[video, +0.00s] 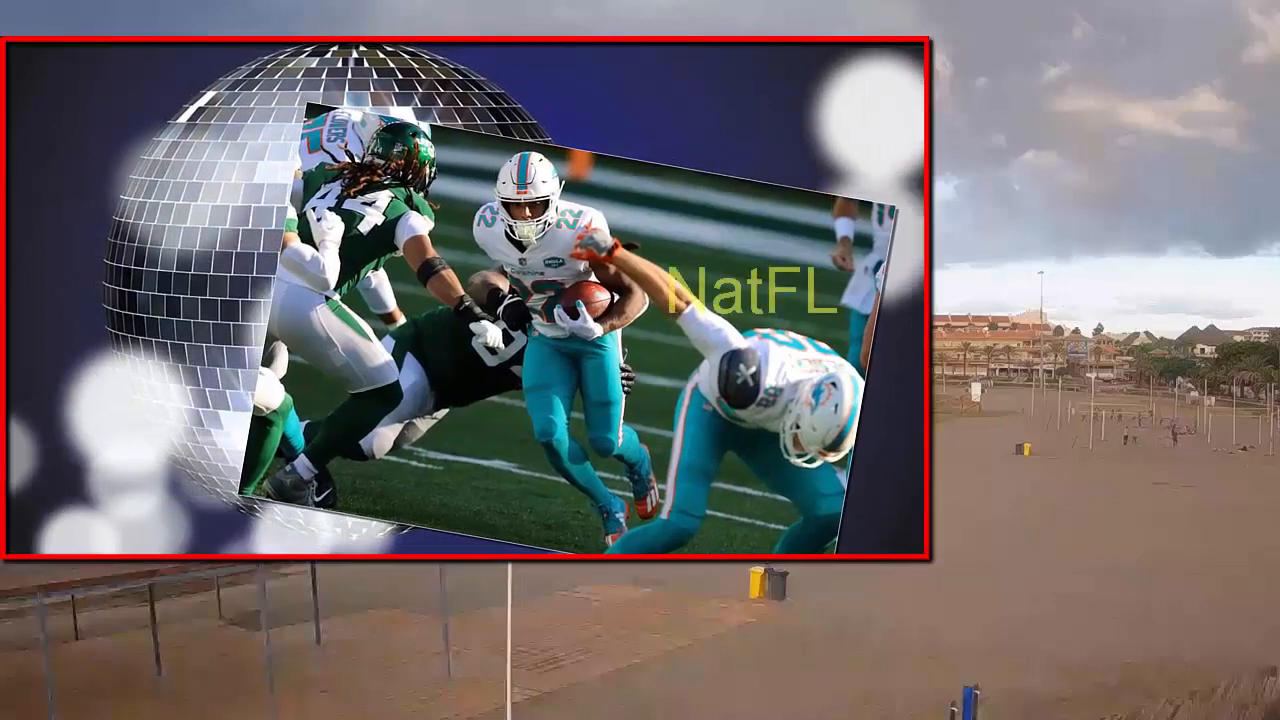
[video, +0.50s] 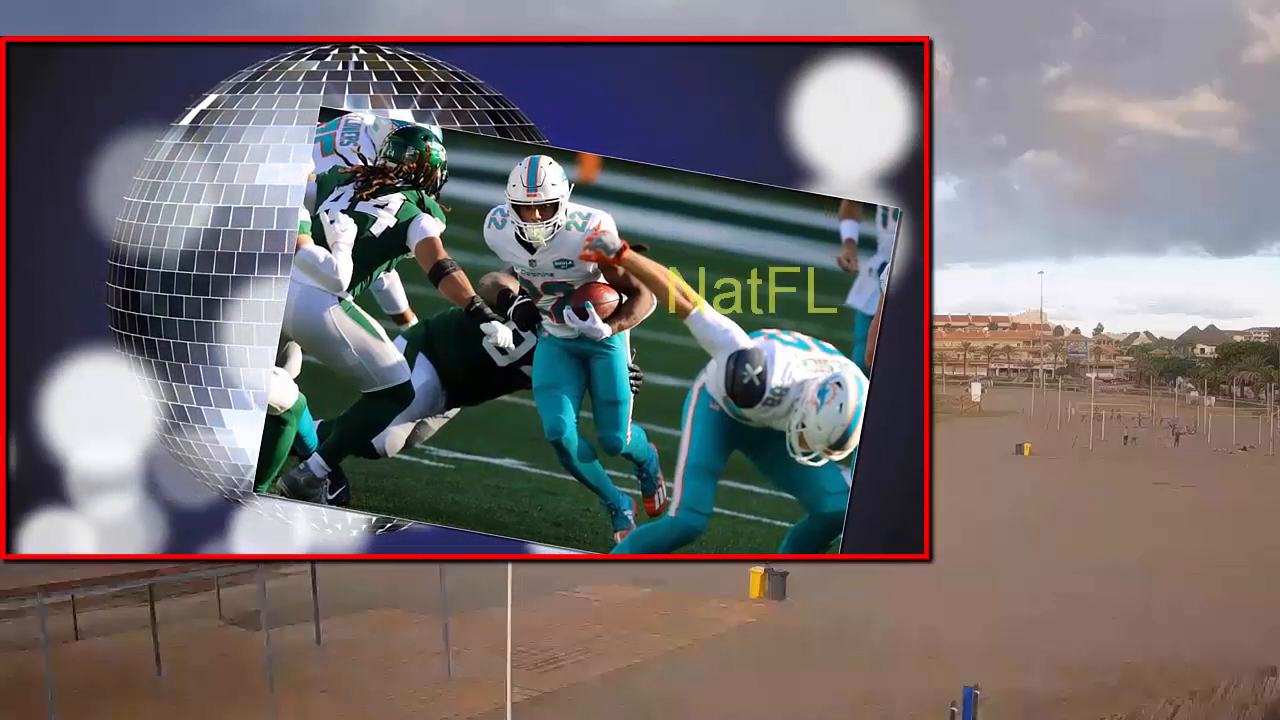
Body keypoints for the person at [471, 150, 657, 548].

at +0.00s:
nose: (524, 215)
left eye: (534, 205)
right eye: (514, 206)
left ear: (552, 199)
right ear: (502, 201)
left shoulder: (585, 228)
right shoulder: (487, 226)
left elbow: (638, 294)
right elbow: (515, 271)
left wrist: (602, 327)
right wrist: (515, 302)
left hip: (597, 340)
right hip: (544, 339)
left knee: (604, 441)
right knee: (549, 435)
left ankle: (640, 469)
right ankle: (610, 508)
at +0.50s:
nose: (534, 217)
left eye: (543, 208)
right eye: (525, 209)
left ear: (561, 201)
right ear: (512, 204)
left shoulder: (594, 229)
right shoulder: (497, 228)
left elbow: (646, 295)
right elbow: (524, 272)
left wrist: (610, 328)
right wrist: (527, 303)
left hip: (606, 340)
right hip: (554, 339)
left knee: (613, 440)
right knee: (558, 433)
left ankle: (649, 469)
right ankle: (619, 507)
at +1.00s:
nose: (544, 219)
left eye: (553, 210)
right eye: (535, 211)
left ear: (571, 204)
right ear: (523, 206)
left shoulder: (602, 232)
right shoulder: (508, 231)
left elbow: (655, 296)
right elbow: (534, 273)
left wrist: (619, 329)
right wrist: (539, 304)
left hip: (614, 340)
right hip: (564, 339)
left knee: (622, 439)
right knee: (568, 432)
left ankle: (657, 467)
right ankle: (628, 504)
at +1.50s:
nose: (554, 221)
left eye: (563, 213)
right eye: (545, 213)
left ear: (580, 206)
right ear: (533, 209)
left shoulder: (612, 234)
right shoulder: (519, 233)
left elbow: (660, 296)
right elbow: (543, 274)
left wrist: (628, 329)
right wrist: (542, 305)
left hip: (623, 341)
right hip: (573, 340)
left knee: (630, 438)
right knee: (578, 432)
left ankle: (664, 463)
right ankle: (636, 501)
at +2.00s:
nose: (564, 224)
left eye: (572, 215)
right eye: (555, 216)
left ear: (590, 209)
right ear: (543, 211)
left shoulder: (621, 237)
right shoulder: (529, 234)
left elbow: (668, 299)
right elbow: (555, 276)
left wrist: (636, 330)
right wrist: (559, 306)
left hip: (632, 341)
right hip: (583, 340)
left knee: (639, 436)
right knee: (587, 430)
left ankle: (673, 462)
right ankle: (645, 499)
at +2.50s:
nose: (574, 226)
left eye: (582, 218)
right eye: (565, 218)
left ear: (599, 211)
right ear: (553, 214)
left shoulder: (630, 238)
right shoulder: (539, 237)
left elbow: (678, 300)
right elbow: (566, 278)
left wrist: (644, 331)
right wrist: (573, 306)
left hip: (641, 342)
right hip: (592, 341)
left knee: (648, 435)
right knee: (597, 428)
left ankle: (681, 462)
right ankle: (653, 497)